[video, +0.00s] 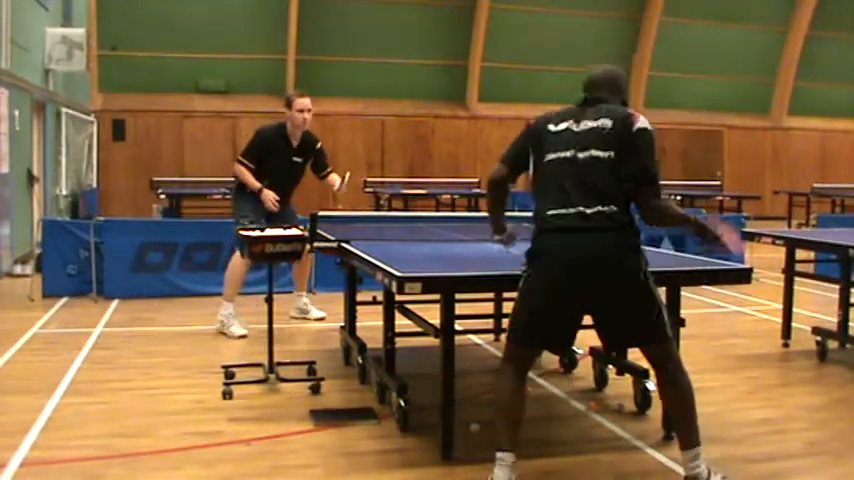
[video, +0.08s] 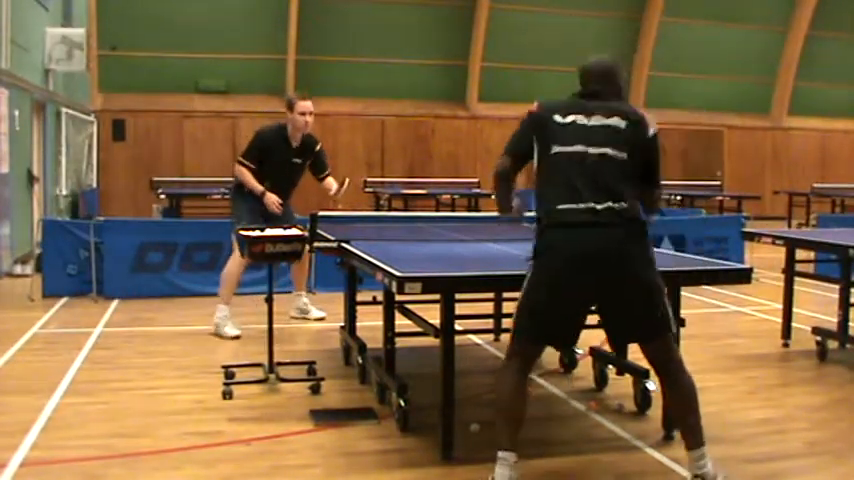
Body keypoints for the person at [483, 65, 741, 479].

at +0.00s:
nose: (628, 103)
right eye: (627, 97)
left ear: (585, 94)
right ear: (622, 96)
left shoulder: (545, 125)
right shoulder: (632, 126)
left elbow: (498, 178)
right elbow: (651, 209)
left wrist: (499, 227)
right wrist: (695, 222)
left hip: (553, 261)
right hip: (615, 264)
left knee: (515, 365)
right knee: (666, 361)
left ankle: (503, 468)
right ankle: (696, 469)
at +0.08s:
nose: (621, 94)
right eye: (620, 87)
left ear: (580, 87)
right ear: (620, 89)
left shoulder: (543, 115)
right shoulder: (637, 123)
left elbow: (504, 171)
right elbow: (651, 201)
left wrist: (507, 209)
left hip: (560, 252)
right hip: (625, 253)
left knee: (518, 362)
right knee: (668, 363)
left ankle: (504, 466)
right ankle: (702, 466)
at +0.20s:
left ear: (577, 79)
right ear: (620, 82)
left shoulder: (553, 108)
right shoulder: (645, 116)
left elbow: (518, 175)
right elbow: (633, 171)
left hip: (579, 247)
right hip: (640, 247)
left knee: (526, 356)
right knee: (685, 361)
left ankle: (507, 467)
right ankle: (729, 467)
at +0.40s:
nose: (606, 87)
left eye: (608, 81)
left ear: (611, 83)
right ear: (651, 88)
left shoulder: (594, 126)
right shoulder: (676, 128)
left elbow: (564, 194)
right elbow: (674, 185)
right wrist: (605, 171)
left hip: (621, 269)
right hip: (680, 270)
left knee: (547, 366)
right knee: (712, 375)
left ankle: (509, 470)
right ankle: (748, 471)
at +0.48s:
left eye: (631, 74)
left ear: (629, 77)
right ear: (671, 81)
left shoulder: (608, 114)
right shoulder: (698, 123)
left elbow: (579, 189)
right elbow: (703, 196)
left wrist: (606, 160)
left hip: (633, 260)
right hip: (694, 262)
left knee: (566, 362)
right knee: (722, 370)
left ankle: (521, 466)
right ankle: (751, 470)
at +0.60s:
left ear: (649, 73)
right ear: (694, 77)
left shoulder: (613, 107)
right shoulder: (718, 113)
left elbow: (580, 178)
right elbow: (732, 198)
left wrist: (620, 189)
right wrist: (703, 231)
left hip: (632, 241)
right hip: (697, 246)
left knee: (582, 365)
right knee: (734, 368)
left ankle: (562, 473)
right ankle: (764, 472)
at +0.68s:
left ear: (665, 86)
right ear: (706, 90)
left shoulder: (625, 125)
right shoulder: (720, 121)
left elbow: (580, 190)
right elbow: (734, 195)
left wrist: (615, 205)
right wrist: (761, 267)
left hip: (632, 264)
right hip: (699, 265)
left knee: (581, 384)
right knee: (748, 385)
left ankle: (562, 474)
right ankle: (778, 472)